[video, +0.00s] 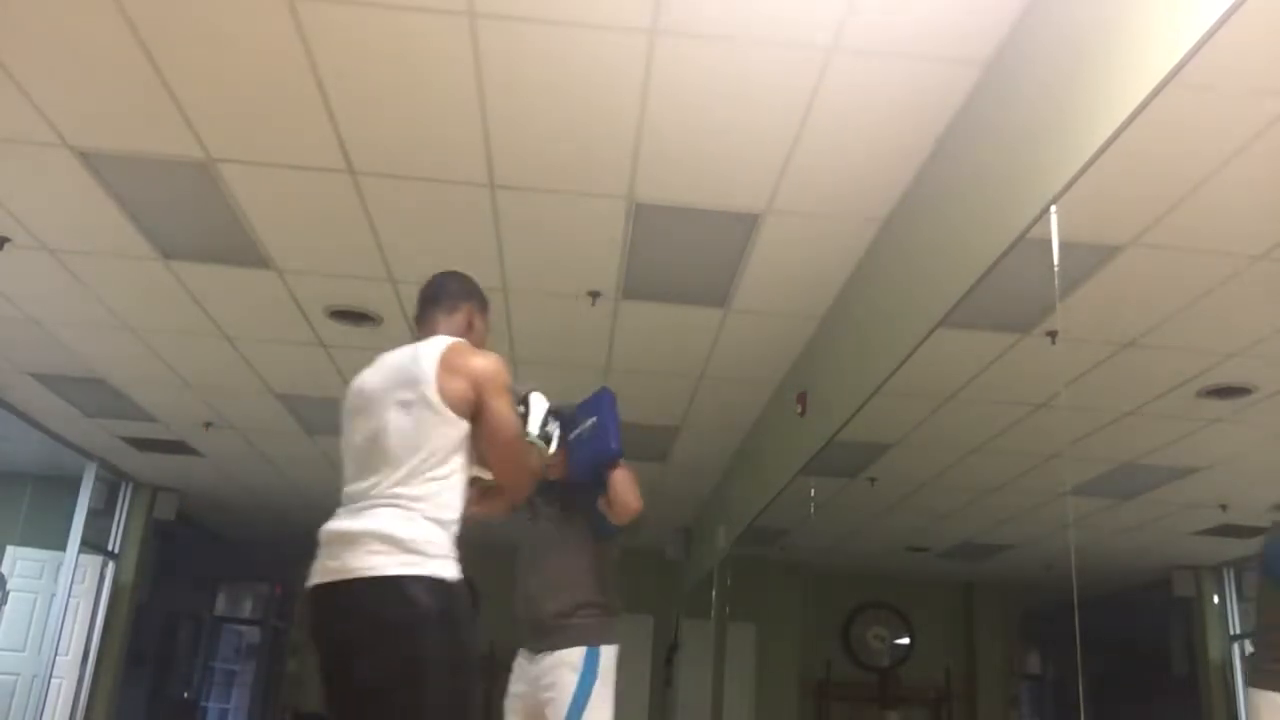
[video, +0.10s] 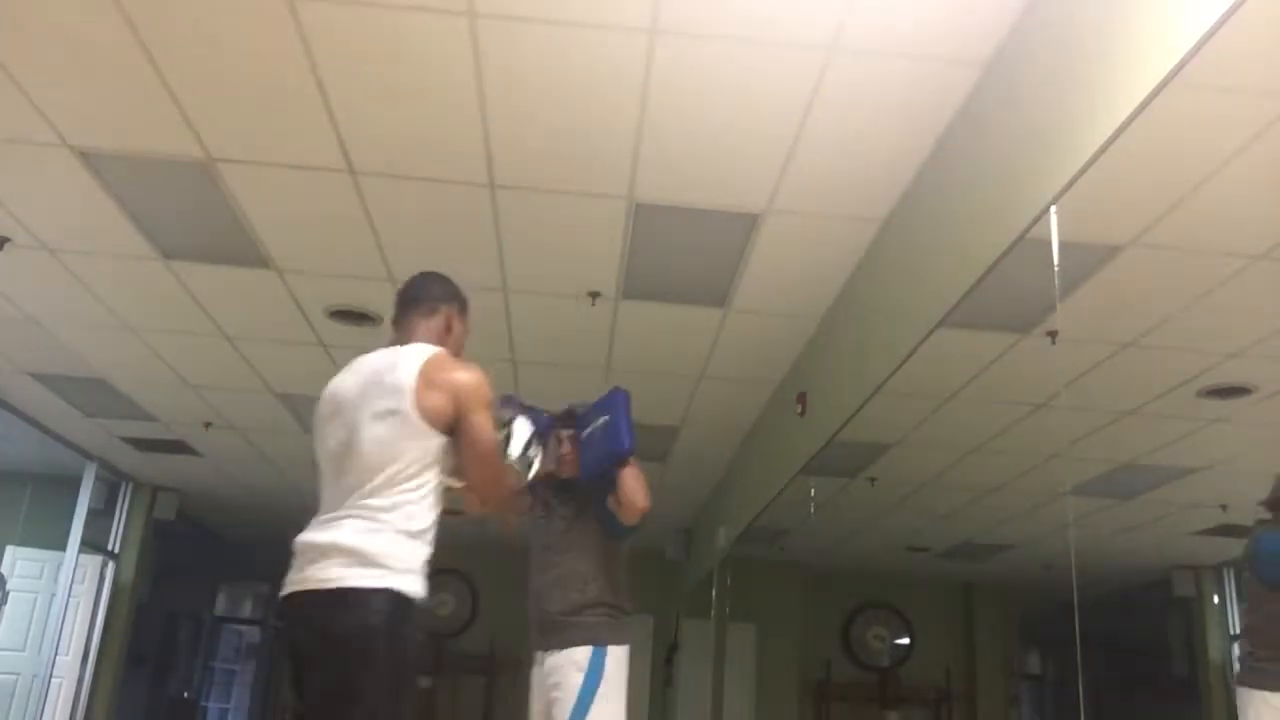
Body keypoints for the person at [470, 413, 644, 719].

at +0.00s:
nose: (549, 453)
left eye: (558, 443)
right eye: (544, 442)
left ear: (577, 447)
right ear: (536, 448)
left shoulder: (590, 495)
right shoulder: (533, 492)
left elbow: (628, 506)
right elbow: (476, 502)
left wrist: (606, 452)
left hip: (580, 650)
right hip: (532, 649)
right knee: (518, 712)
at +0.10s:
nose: (565, 449)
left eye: (574, 439)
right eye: (557, 440)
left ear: (590, 444)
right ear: (548, 447)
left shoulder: (602, 491)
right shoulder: (543, 493)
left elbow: (636, 504)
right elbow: (492, 499)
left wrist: (617, 447)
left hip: (592, 648)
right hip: (548, 647)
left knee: (581, 713)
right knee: (542, 713)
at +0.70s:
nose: (596, 463)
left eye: (604, 452)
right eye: (593, 454)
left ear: (622, 455)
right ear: (589, 459)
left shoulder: (645, 502)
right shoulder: (600, 509)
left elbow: (656, 505)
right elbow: (537, 525)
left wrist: (636, 451)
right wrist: (557, 462)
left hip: (645, 650)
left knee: (605, 712)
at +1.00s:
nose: (632, 469)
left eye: (642, 460)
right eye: (630, 461)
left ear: (670, 467)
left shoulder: (685, 502)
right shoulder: (635, 514)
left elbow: (700, 531)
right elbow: (575, 538)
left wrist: (626, 500)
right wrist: (573, 490)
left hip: (674, 655)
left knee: (632, 713)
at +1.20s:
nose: (654, 478)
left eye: (664, 469)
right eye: (651, 470)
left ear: (692, 476)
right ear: (646, 475)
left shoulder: (708, 518)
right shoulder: (661, 526)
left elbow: (737, 582)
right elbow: (603, 560)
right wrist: (601, 497)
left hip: (696, 667)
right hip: (671, 664)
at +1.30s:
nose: (661, 474)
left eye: (671, 466)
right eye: (658, 467)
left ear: (699, 472)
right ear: (654, 472)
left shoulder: (714, 514)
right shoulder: (668, 524)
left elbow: (742, 577)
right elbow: (611, 557)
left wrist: (676, 602)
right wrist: (611, 497)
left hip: (704, 659)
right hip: (675, 656)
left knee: (668, 713)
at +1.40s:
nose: (666, 472)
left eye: (675, 463)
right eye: (663, 465)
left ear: (703, 470)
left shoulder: (718, 510)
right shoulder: (673, 520)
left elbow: (744, 573)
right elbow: (615, 553)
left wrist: (683, 611)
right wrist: (616, 491)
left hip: (707, 656)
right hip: (677, 652)